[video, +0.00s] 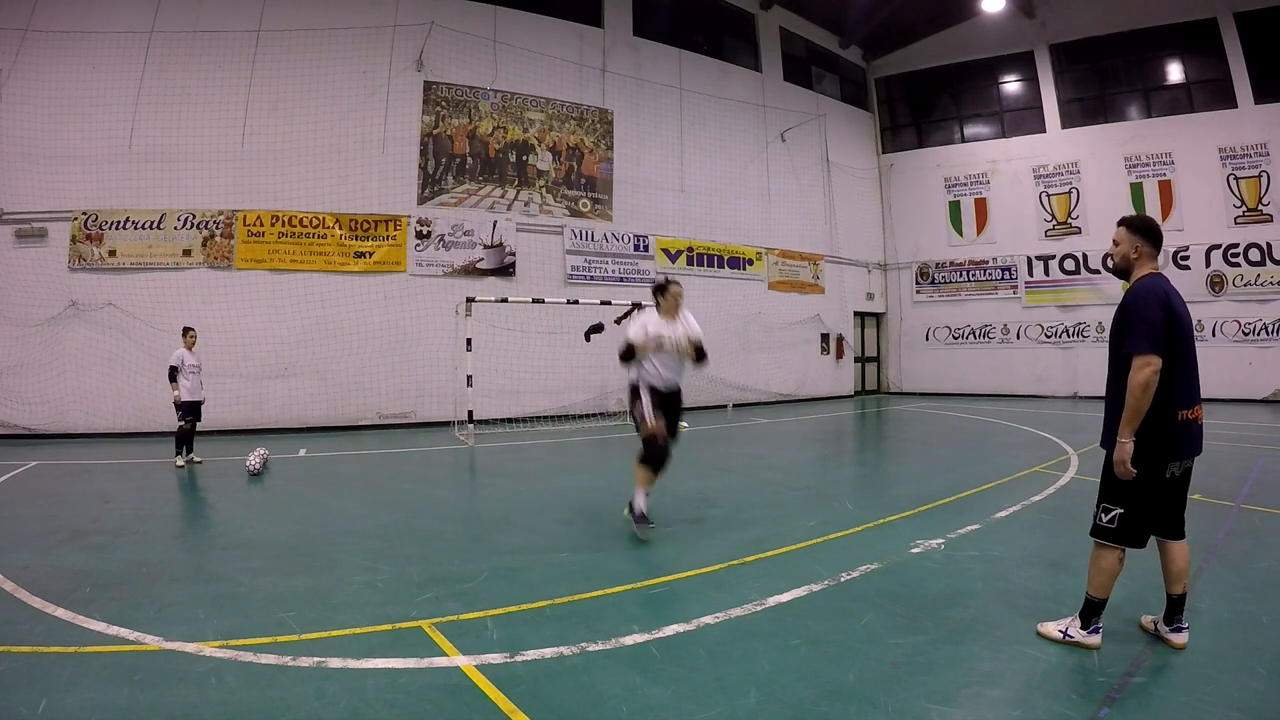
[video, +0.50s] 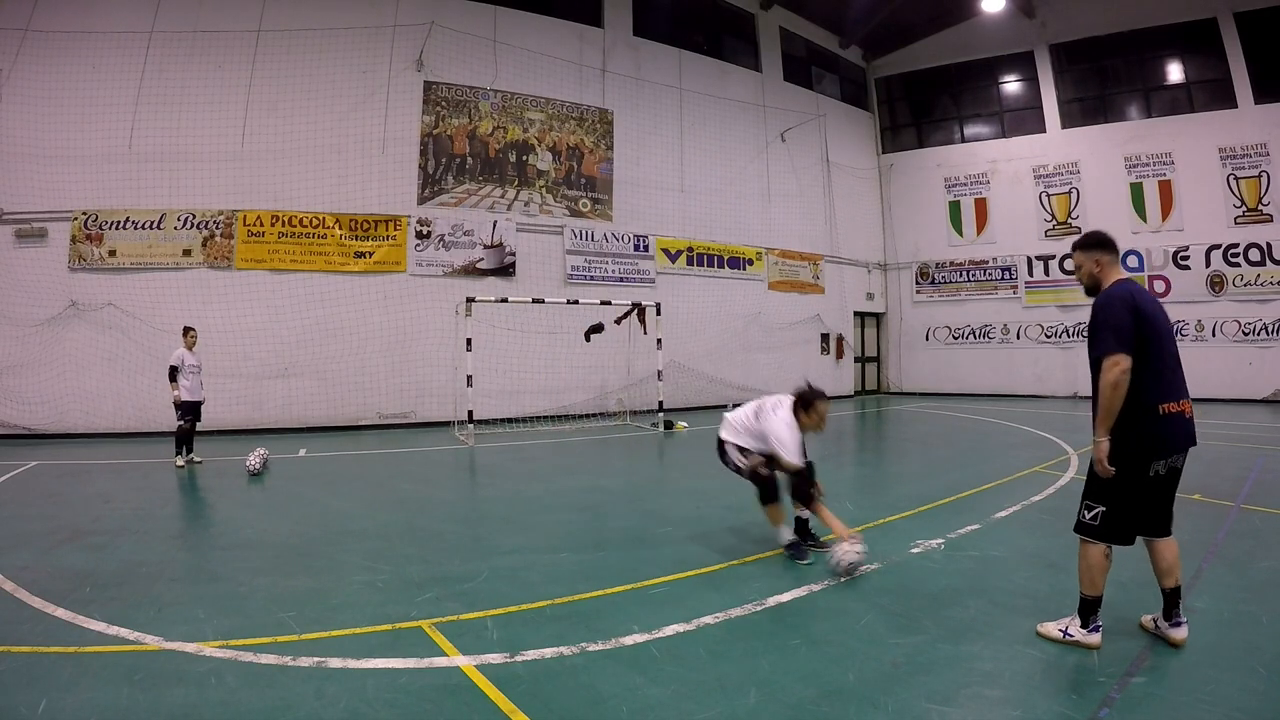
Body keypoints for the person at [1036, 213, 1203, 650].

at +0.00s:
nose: (1108, 249)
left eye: (1115, 242)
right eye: (1112, 242)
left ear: (1137, 249)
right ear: (1145, 251)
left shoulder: (1142, 296)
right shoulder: (1164, 292)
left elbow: (1147, 369)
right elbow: (1168, 369)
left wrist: (1125, 436)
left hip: (1141, 441)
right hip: (1175, 439)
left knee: (1110, 536)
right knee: (1170, 530)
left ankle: (1087, 624)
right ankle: (1174, 623)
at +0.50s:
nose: (1076, 278)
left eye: (1077, 269)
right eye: (1075, 270)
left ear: (1096, 263)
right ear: (1110, 262)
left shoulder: (1112, 301)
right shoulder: (1144, 296)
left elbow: (1117, 368)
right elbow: (1157, 369)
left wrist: (1101, 435)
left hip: (1133, 437)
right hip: (1171, 435)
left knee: (1093, 528)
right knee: (1158, 526)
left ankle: (1087, 623)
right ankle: (1173, 619)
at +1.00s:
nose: (1042, 330)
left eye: (1043, 322)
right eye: (1040, 324)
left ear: (1057, 316)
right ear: (1076, 312)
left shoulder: (1070, 344)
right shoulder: (1105, 341)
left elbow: (1022, 378)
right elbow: (1122, 401)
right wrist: (1091, 450)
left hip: (1111, 456)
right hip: (1155, 452)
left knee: (1040, 514)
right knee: (1133, 537)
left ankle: (1066, 599)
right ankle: (1184, 620)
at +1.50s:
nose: (924, 330)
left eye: (924, 324)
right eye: (923, 325)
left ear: (933, 320)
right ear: (961, 318)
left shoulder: (926, 348)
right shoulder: (998, 351)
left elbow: (869, 390)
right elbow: (1029, 398)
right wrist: (1010, 452)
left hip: (928, 458)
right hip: (982, 472)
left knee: (884, 508)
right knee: (922, 495)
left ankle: (879, 591)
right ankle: (861, 501)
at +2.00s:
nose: (957, 268)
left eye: (959, 261)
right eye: (958, 260)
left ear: (972, 261)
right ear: (1003, 261)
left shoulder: (970, 309)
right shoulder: (1036, 307)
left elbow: (954, 380)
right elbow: (1065, 380)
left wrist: (919, 441)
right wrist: (1056, 437)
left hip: (993, 452)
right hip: (1041, 451)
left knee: (947, 542)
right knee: (983, 544)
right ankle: (976, 631)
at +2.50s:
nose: (1029, 227)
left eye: (1035, 217)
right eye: (1030, 217)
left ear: (1060, 218)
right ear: (1070, 219)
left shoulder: (1084, 271)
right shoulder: (1084, 267)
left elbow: (1104, 364)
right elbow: (1103, 364)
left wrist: (1090, 459)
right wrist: (1085, 454)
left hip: (1118, 455)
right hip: (1109, 450)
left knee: (1098, 579)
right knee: (1072, 550)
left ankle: (1091, 704)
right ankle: (1085, 658)